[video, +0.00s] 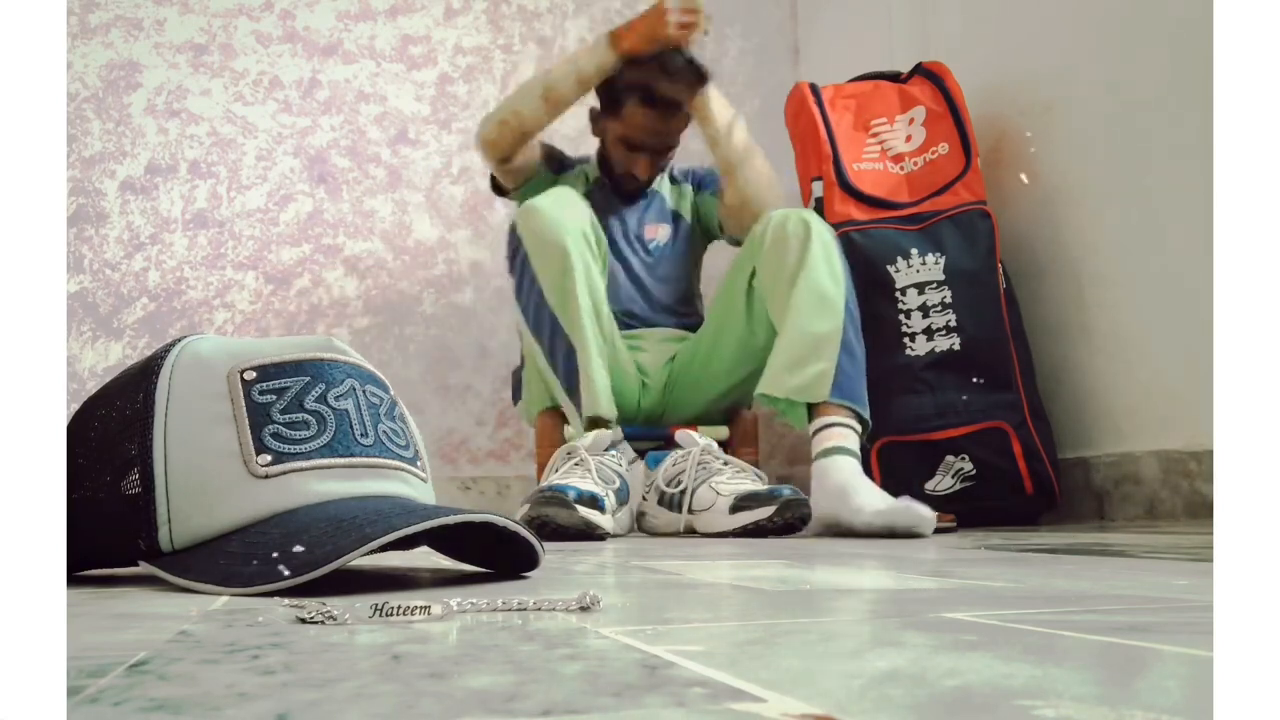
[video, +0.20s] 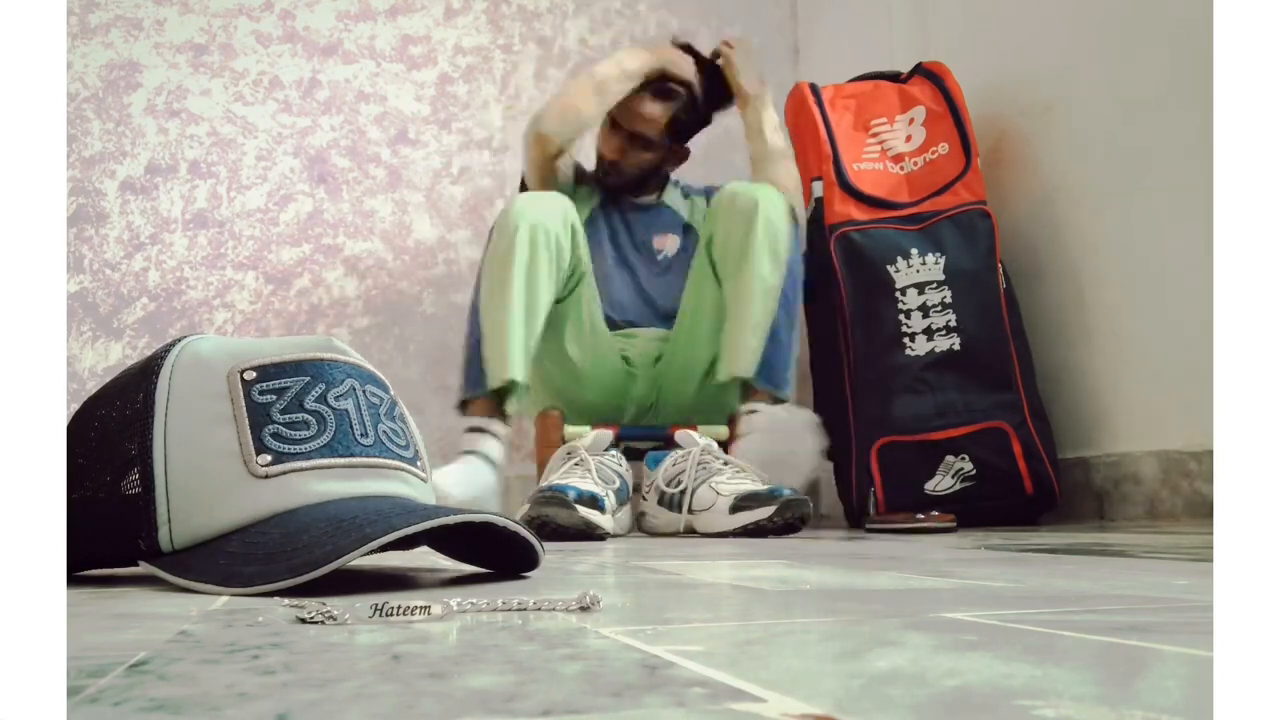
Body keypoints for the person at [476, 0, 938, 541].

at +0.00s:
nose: (644, 167)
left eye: (662, 152)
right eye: (632, 147)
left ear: (682, 135)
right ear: (598, 121)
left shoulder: (688, 192)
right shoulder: (558, 186)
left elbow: (765, 214)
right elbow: (497, 142)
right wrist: (615, 48)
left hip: (691, 370)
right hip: (598, 371)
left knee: (800, 231)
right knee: (549, 212)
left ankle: (837, 470)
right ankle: (593, 453)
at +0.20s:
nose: (613, 151)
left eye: (639, 144)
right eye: (612, 128)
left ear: (675, 157)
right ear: (601, 117)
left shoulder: (710, 207)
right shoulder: (565, 198)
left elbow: (785, 211)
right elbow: (547, 134)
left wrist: (755, 101)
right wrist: (644, 58)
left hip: (691, 382)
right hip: (582, 378)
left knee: (761, 205)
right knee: (530, 213)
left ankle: (758, 430)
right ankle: (481, 450)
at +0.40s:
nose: (639, 146)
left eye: (661, 137)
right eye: (635, 123)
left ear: (697, 138)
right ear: (621, 105)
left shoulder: (714, 194)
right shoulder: (581, 175)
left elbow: (760, 244)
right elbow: (519, 144)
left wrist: (704, 136)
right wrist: (641, 67)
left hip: (681, 375)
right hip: (578, 368)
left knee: (773, 241)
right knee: (531, 216)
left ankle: (668, 456)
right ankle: (474, 464)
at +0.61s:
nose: (631, 140)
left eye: (660, 128)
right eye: (623, 110)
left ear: (698, 116)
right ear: (605, 80)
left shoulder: (711, 153)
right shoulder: (554, 150)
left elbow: (767, 252)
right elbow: (445, 237)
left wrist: (755, 104)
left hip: (680, 373)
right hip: (579, 370)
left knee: (791, 282)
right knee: (543, 212)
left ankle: (652, 465)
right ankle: (506, 469)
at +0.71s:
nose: (624, 145)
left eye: (655, 133)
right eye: (615, 113)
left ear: (692, 125)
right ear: (596, 82)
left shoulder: (707, 168)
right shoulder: (532, 160)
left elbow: (682, 322)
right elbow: (443, 279)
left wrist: (714, 189)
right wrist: (496, 385)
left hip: (669, 375)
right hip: (572, 374)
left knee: (804, 290)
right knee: (544, 208)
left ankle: (662, 465)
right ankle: (536, 458)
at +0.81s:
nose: (629, 150)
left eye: (660, 137)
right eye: (621, 116)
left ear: (698, 131)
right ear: (600, 83)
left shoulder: (724, 164)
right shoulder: (534, 163)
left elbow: (680, 340)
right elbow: (440, 285)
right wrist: (486, 384)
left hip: (669, 380)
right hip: (572, 377)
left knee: (807, 292)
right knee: (548, 207)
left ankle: (667, 465)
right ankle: (559, 459)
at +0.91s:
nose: (641, 149)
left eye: (671, 133)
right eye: (630, 116)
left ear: (702, 126)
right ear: (604, 84)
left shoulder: (728, 167)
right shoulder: (537, 164)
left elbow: (701, 307)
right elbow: (439, 279)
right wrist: (498, 349)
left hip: (677, 386)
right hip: (575, 380)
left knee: (814, 294)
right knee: (550, 208)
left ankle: (666, 465)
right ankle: (572, 459)